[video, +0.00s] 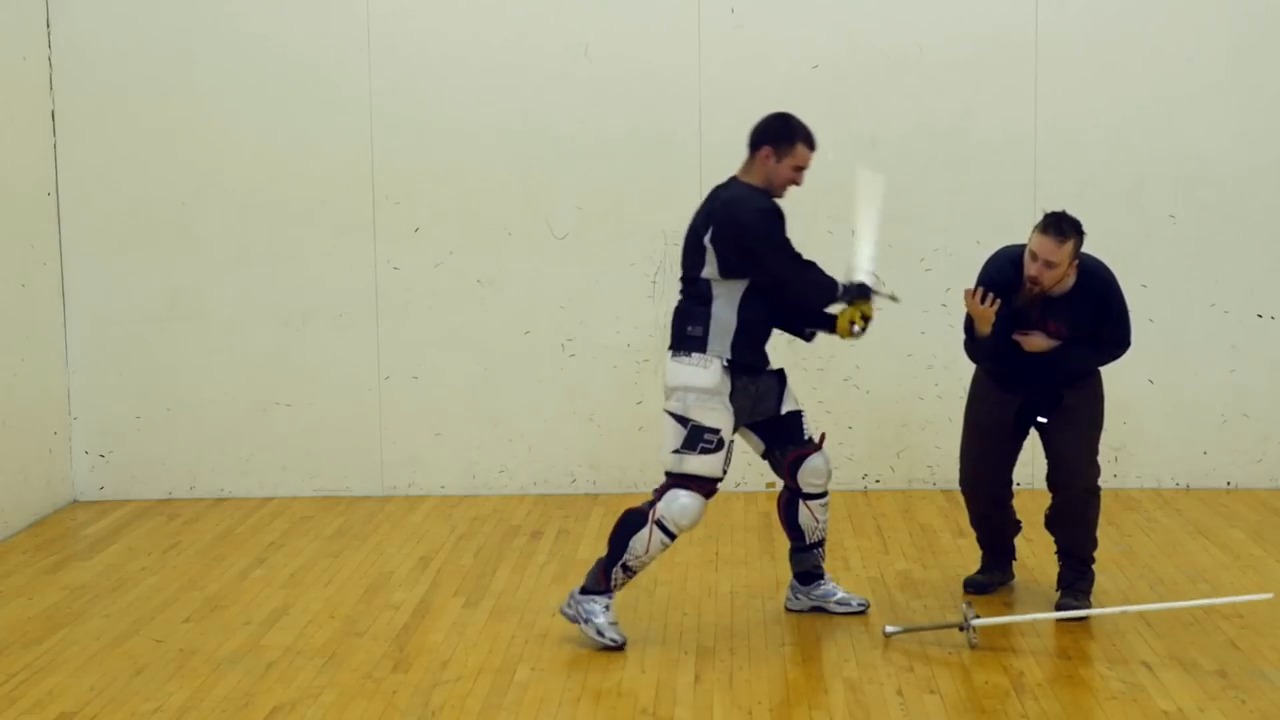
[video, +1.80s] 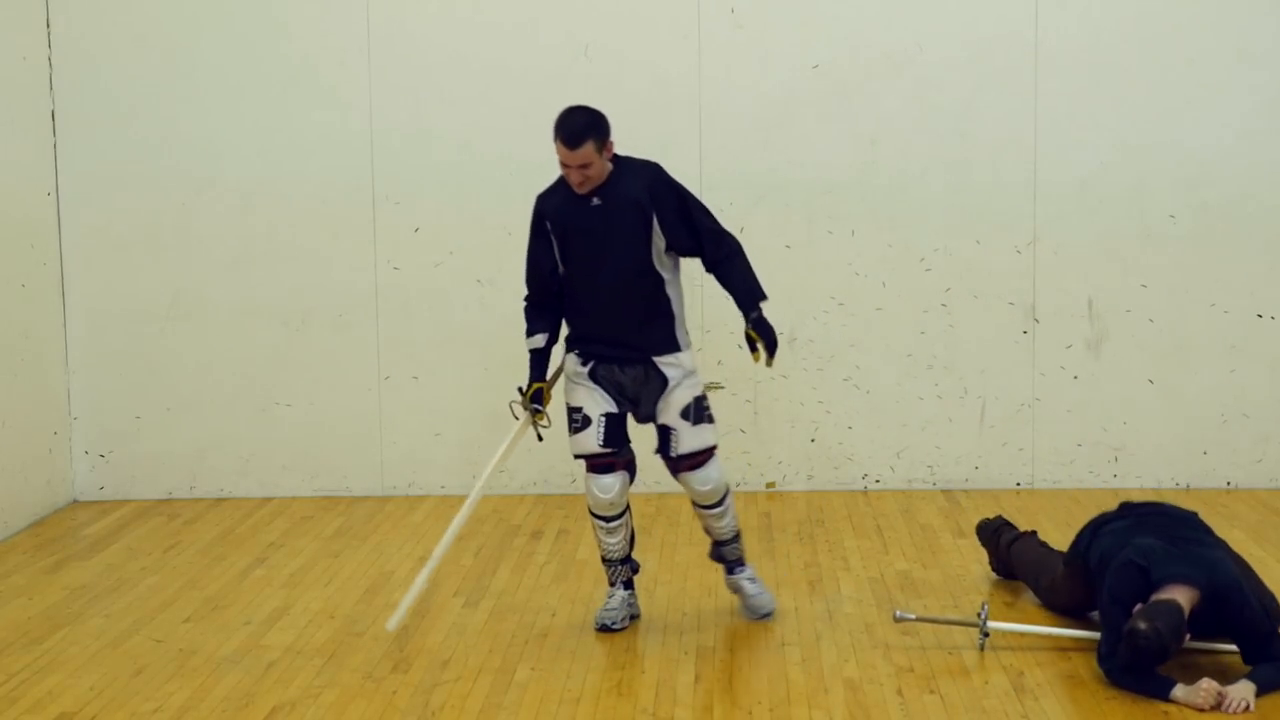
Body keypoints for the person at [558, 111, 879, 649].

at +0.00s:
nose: (799, 180)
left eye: (803, 171)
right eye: (797, 168)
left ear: (769, 158)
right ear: (766, 154)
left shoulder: (755, 209)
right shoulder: (737, 207)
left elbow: (769, 299)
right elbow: (787, 271)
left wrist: (829, 323)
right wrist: (843, 295)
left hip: (749, 368)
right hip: (703, 367)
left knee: (809, 468)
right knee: (685, 500)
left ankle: (808, 584)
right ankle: (591, 595)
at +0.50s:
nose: (807, 221)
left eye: (813, 214)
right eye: (804, 209)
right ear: (777, 188)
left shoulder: (801, 238)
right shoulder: (712, 218)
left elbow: (788, 312)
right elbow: (728, 302)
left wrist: (767, 367)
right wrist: (777, 367)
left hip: (743, 369)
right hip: (671, 368)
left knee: (799, 466)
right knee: (652, 483)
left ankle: (808, 583)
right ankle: (609, 586)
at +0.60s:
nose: (777, 214)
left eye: (786, 208)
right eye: (776, 201)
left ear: (791, 202)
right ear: (757, 171)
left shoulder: (773, 242)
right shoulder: (689, 186)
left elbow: (733, 319)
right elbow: (634, 263)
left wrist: (667, 339)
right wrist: (649, 313)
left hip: (717, 348)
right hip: (650, 335)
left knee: (757, 470)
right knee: (624, 467)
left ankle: (794, 576)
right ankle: (606, 587)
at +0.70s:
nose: (733, 194)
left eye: (747, 194)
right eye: (734, 181)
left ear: (763, 193)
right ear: (727, 156)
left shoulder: (750, 238)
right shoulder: (678, 172)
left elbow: (683, 292)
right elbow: (597, 175)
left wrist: (612, 261)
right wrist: (551, 207)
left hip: (707, 358)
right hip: (640, 347)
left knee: (739, 473)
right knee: (619, 469)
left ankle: (774, 572)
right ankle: (605, 587)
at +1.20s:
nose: (667, 188)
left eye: (678, 178)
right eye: (659, 177)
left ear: (701, 162)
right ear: (648, 162)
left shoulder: (726, 210)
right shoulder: (639, 188)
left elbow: (718, 300)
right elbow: (588, 202)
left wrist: (638, 346)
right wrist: (522, 211)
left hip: (712, 352)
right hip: (645, 350)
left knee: (745, 469)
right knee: (625, 470)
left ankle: (775, 572)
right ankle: (608, 586)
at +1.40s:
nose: (658, 195)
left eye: (669, 186)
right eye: (649, 184)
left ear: (689, 169)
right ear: (638, 168)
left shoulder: (717, 209)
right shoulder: (626, 197)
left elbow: (737, 301)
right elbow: (585, 250)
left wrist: (685, 372)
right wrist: (521, 297)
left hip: (713, 357)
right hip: (643, 358)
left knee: (746, 469)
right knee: (618, 472)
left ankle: (775, 572)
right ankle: (623, 588)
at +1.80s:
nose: (574, 176)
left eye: (584, 166)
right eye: (565, 166)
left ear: (608, 149)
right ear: (556, 156)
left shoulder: (648, 184)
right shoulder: (551, 208)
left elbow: (715, 243)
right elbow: (542, 296)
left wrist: (754, 310)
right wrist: (537, 372)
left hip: (664, 357)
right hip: (591, 363)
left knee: (701, 471)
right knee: (604, 480)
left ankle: (736, 568)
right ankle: (620, 588)